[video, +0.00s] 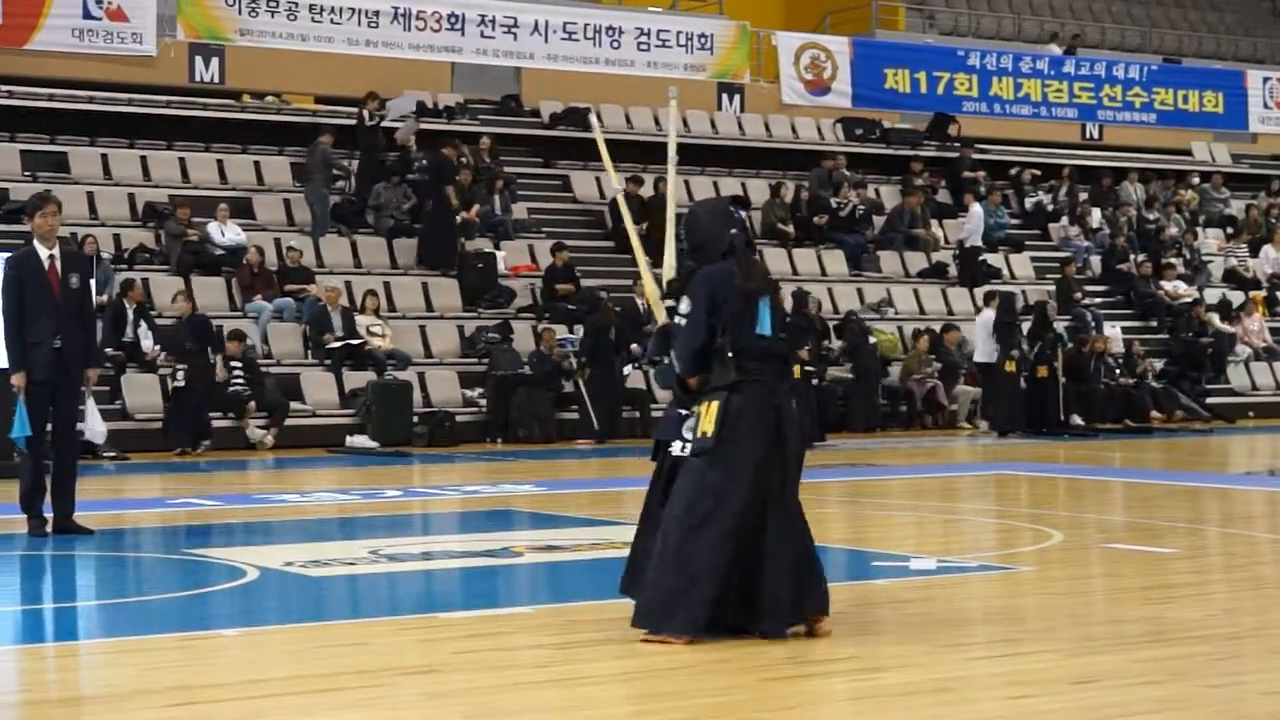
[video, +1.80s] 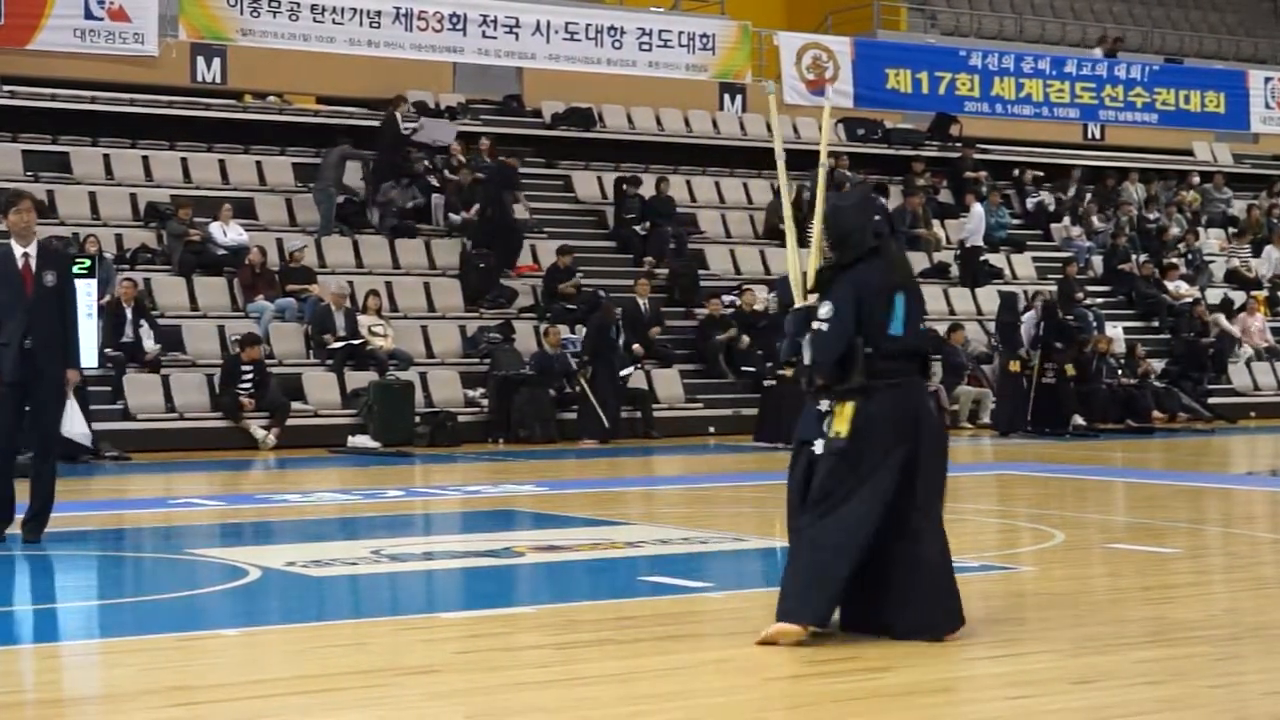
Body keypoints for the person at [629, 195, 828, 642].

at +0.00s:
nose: (687, 242)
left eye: (691, 234)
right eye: (688, 234)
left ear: (705, 237)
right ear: (739, 233)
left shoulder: (706, 281)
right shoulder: (762, 279)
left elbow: (689, 354)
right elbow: (771, 346)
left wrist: (691, 385)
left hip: (731, 409)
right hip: (778, 406)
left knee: (695, 510)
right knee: (779, 506)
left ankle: (678, 620)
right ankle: (812, 606)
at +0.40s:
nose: (722, 244)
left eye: (725, 236)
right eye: (723, 235)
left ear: (739, 238)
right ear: (770, 234)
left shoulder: (745, 283)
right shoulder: (800, 279)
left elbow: (726, 358)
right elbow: (819, 347)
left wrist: (725, 379)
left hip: (765, 413)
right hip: (811, 411)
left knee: (724, 504)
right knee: (805, 508)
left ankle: (718, 613)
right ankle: (812, 608)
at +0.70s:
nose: (718, 233)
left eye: (722, 227)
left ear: (730, 230)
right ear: (778, 229)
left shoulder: (719, 278)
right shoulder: (804, 280)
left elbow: (697, 349)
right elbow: (820, 351)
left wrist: (712, 373)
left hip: (745, 406)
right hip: (801, 405)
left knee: (732, 510)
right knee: (811, 503)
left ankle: (716, 619)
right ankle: (824, 610)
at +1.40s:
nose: (772, 220)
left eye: (776, 212)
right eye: (775, 212)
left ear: (785, 217)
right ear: (825, 212)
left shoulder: (773, 267)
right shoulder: (850, 265)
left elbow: (751, 338)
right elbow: (860, 338)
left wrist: (752, 360)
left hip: (791, 393)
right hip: (842, 390)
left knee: (774, 496)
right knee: (846, 493)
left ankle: (765, 607)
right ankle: (853, 604)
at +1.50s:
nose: (781, 229)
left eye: (783, 222)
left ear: (789, 226)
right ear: (833, 224)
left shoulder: (776, 279)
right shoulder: (855, 281)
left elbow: (750, 347)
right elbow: (865, 345)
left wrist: (756, 369)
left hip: (797, 405)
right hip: (852, 404)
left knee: (783, 505)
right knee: (866, 504)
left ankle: (773, 615)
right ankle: (897, 608)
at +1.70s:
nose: (810, 237)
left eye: (815, 229)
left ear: (823, 232)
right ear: (866, 227)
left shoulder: (822, 281)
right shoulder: (888, 279)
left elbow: (793, 354)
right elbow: (888, 342)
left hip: (839, 405)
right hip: (891, 404)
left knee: (804, 506)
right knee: (905, 509)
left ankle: (777, 613)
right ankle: (940, 612)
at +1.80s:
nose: (827, 242)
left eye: (831, 233)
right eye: (827, 232)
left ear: (845, 234)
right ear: (878, 228)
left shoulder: (850, 282)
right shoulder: (901, 274)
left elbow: (824, 355)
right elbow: (915, 343)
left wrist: (800, 323)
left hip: (866, 409)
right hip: (915, 405)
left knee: (827, 507)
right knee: (916, 511)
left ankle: (799, 613)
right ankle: (938, 614)